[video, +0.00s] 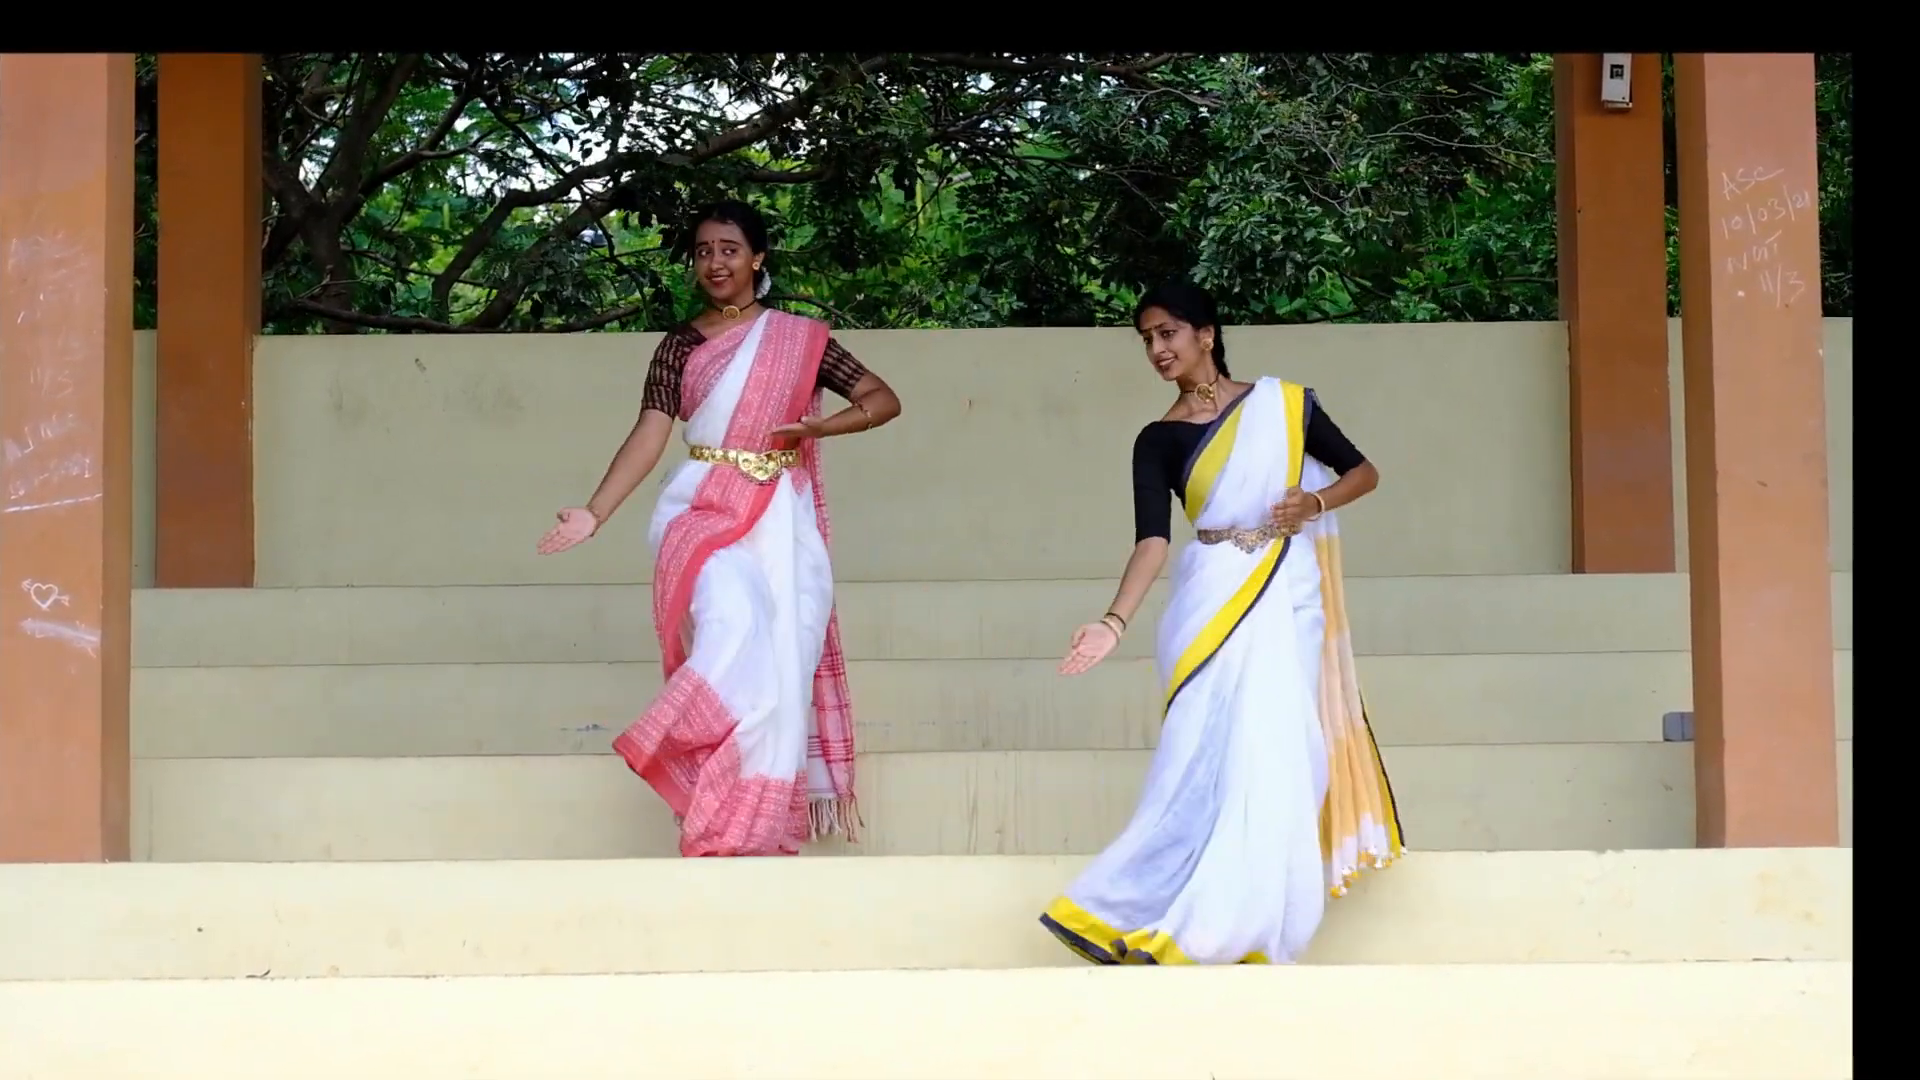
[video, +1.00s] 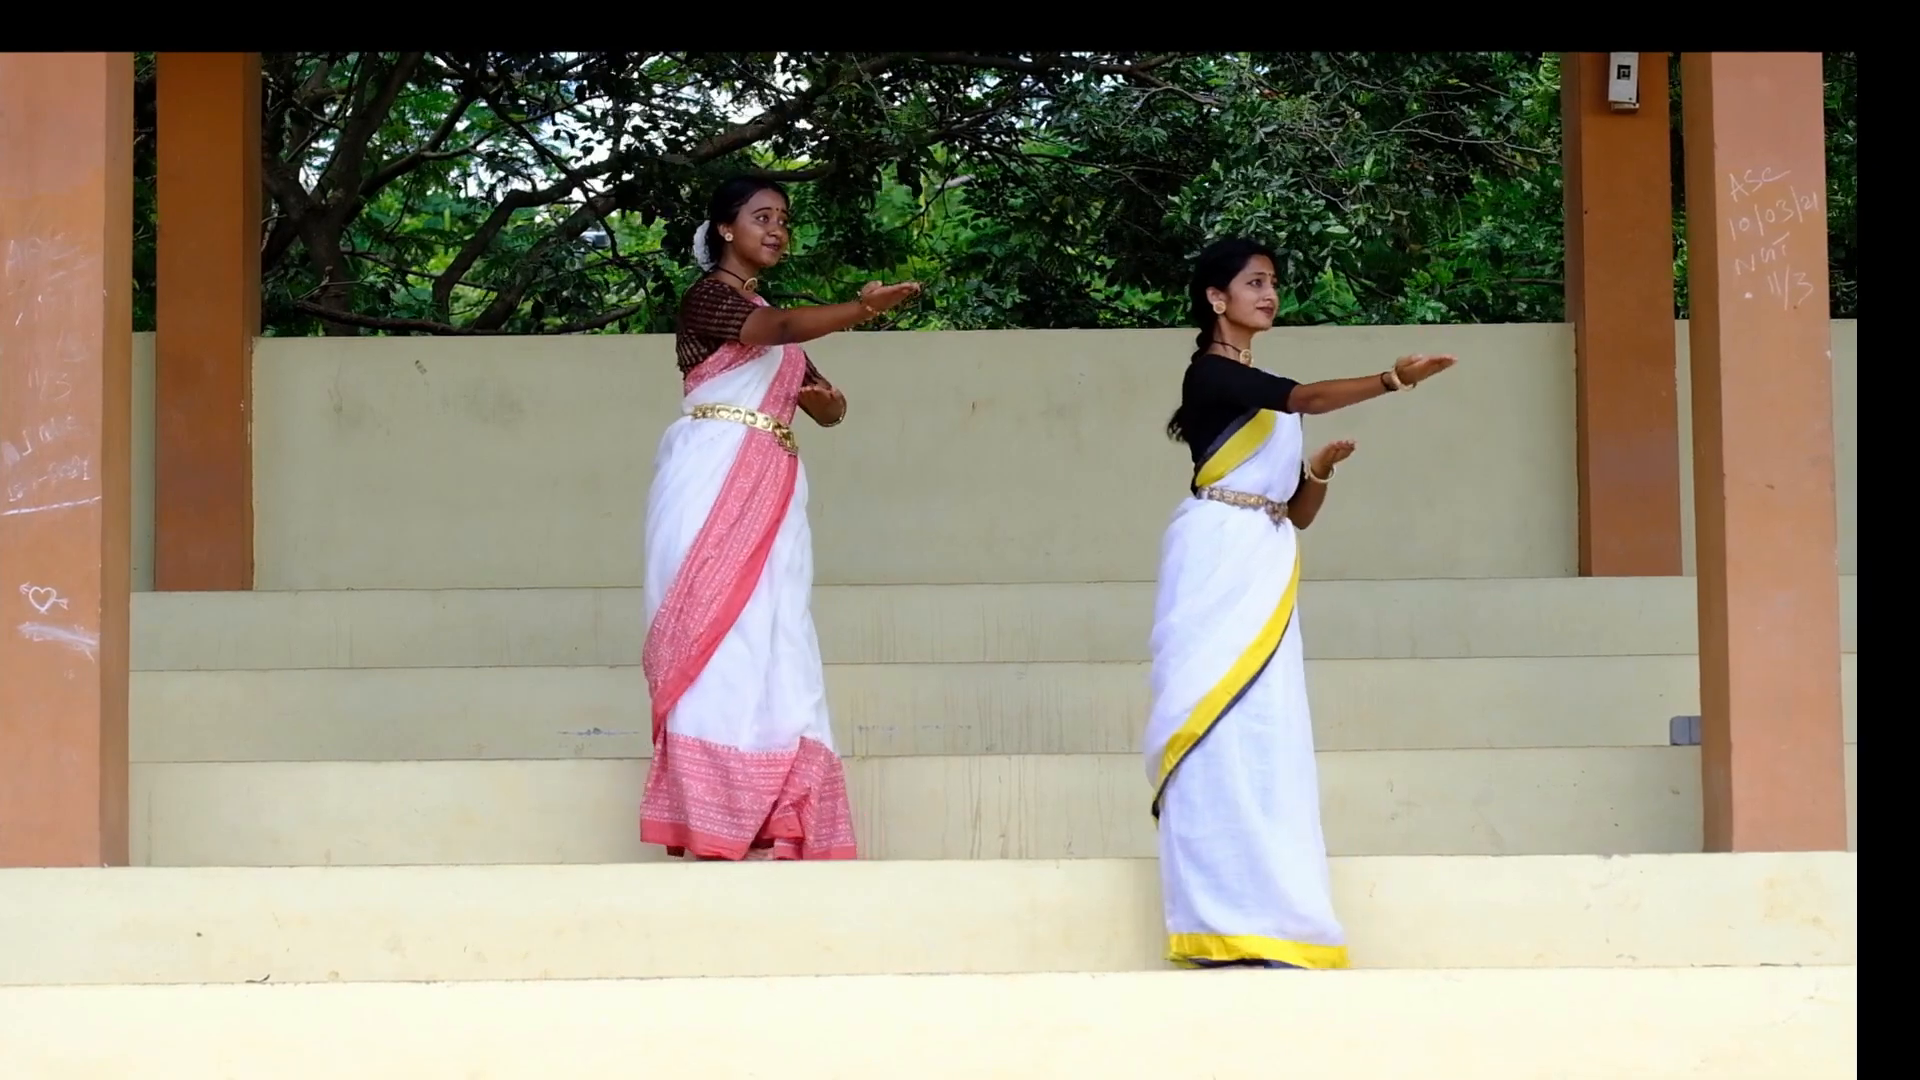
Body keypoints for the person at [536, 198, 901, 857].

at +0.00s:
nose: (715, 263)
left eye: (729, 249)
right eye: (703, 251)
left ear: (757, 259)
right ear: (693, 264)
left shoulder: (800, 336)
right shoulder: (681, 345)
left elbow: (882, 400)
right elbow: (649, 433)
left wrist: (818, 427)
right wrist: (595, 513)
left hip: (782, 507)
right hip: (704, 505)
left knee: (783, 653)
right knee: (728, 624)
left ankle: (764, 824)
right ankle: (715, 801)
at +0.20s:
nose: (761, 262)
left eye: (770, 251)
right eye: (746, 248)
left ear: (776, 263)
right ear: (714, 260)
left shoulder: (791, 343)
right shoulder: (692, 339)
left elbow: (854, 415)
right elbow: (703, 426)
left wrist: (829, 432)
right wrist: (720, 501)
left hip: (780, 507)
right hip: (713, 499)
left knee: (781, 650)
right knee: (730, 648)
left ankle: (772, 811)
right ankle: (713, 813)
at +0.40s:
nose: (774, 248)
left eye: (780, 237)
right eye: (759, 235)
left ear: (783, 249)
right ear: (723, 244)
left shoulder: (781, 332)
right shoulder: (705, 320)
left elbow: (825, 396)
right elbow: (752, 398)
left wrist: (827, 410)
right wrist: (810, 436)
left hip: (774, 495)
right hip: (715, 490)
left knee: (784, 642)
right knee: (735, 645)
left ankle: (789, 810)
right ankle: (721, 813)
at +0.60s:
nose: (780, 240)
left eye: (784, 229)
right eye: (765, 227)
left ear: (783, 243)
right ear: (726, 239)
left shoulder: (779, 324)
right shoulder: (714, 308)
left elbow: (830, 416)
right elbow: (766, 358)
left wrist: (820, 399)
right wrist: (858, 359)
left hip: (768, 492)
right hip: (711, 484)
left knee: (780, 640)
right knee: (728, 640)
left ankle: (793, 812)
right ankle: (726, 815)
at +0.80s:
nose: (781, 234)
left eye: (785, 223)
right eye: (766, 221)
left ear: (784, 236)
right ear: (728, 233)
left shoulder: (776, 319)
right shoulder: (716, 299)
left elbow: (821, 414)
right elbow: (786, 333)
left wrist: (820, 401)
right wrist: (868, 318)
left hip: (766, 489)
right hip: (711, 481)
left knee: (773, 641)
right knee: (723, 642)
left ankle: (782, 819)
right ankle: (722, 824)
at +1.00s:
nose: (778, 232)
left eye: (782, 222)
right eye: (763, 219)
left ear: (781, 236)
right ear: (725, 229)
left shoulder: (775, 318)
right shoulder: (708, 297)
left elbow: (823, 411)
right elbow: (783, 327)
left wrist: (828, 402)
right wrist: (862, 308)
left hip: (772, 487)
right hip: (712, 478)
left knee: (779, 637)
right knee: (718, 636)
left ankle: (780, 815)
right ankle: (715, 816)